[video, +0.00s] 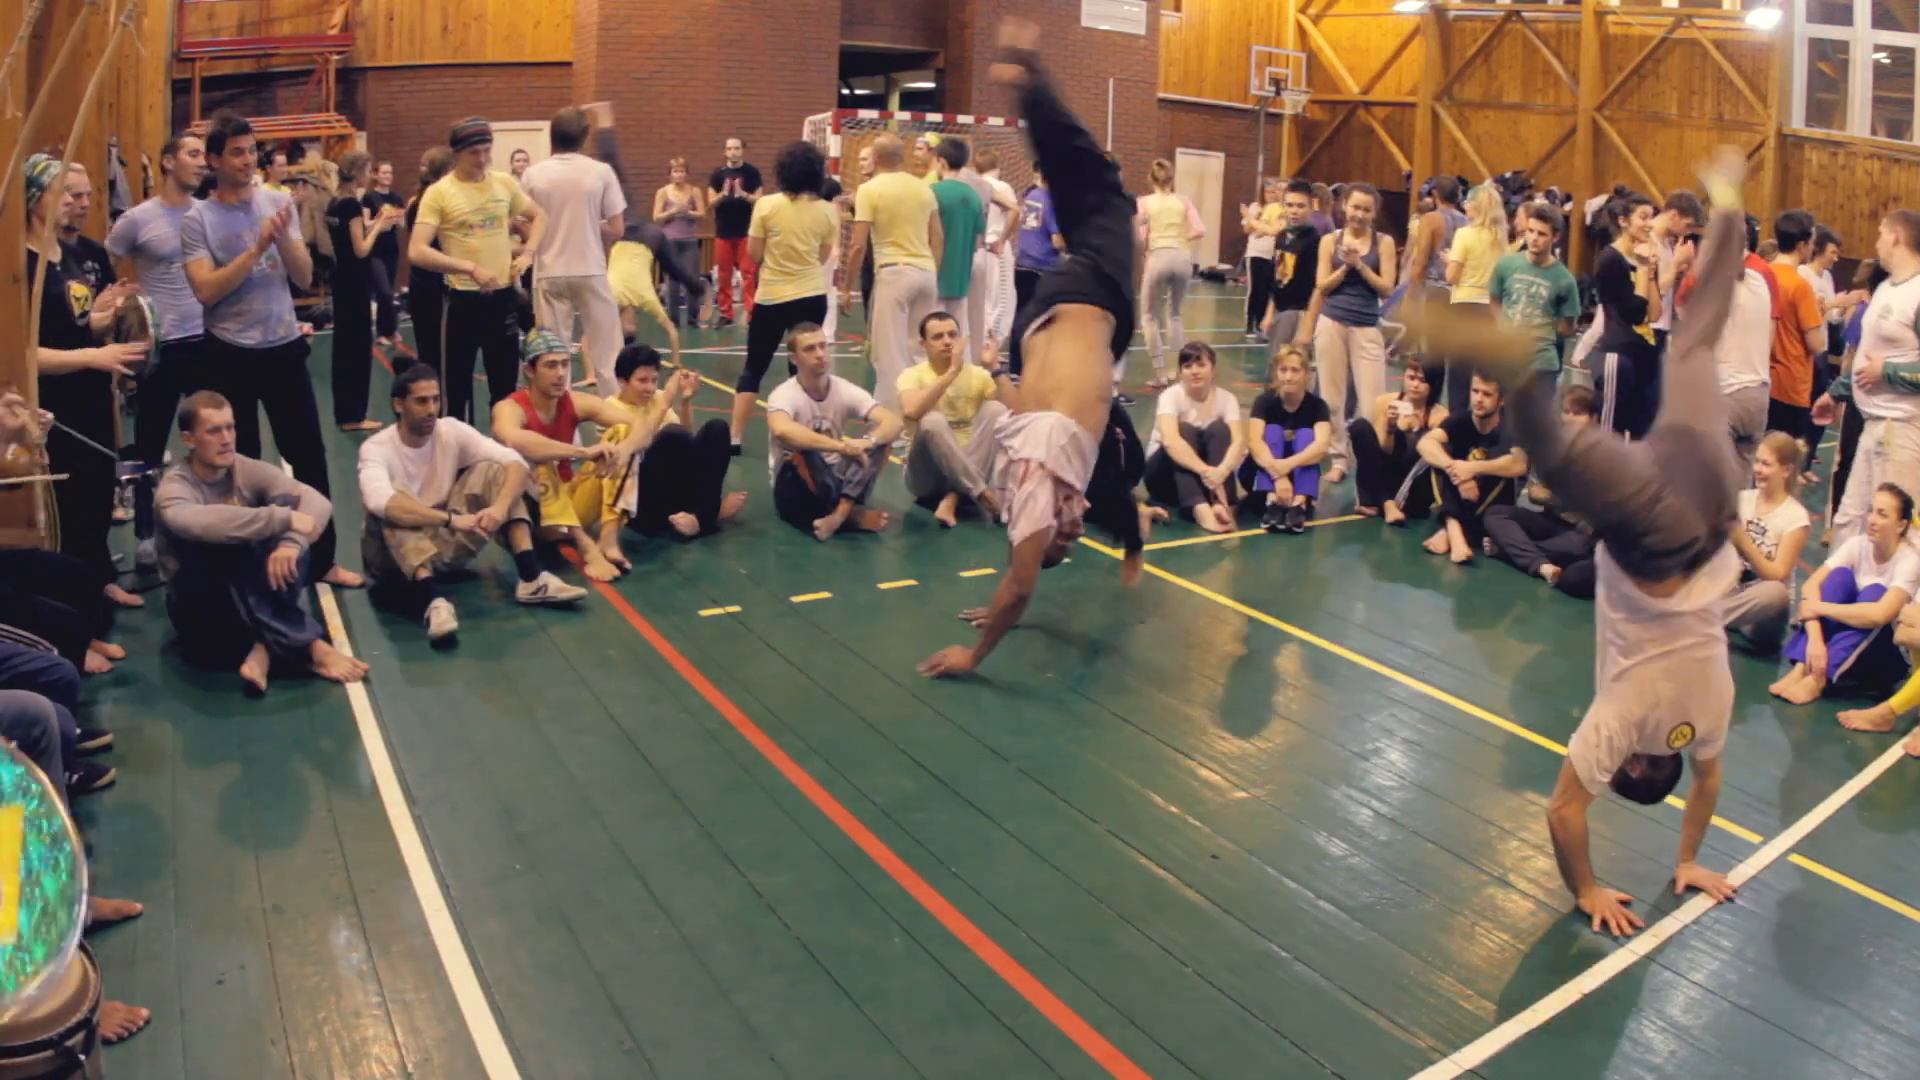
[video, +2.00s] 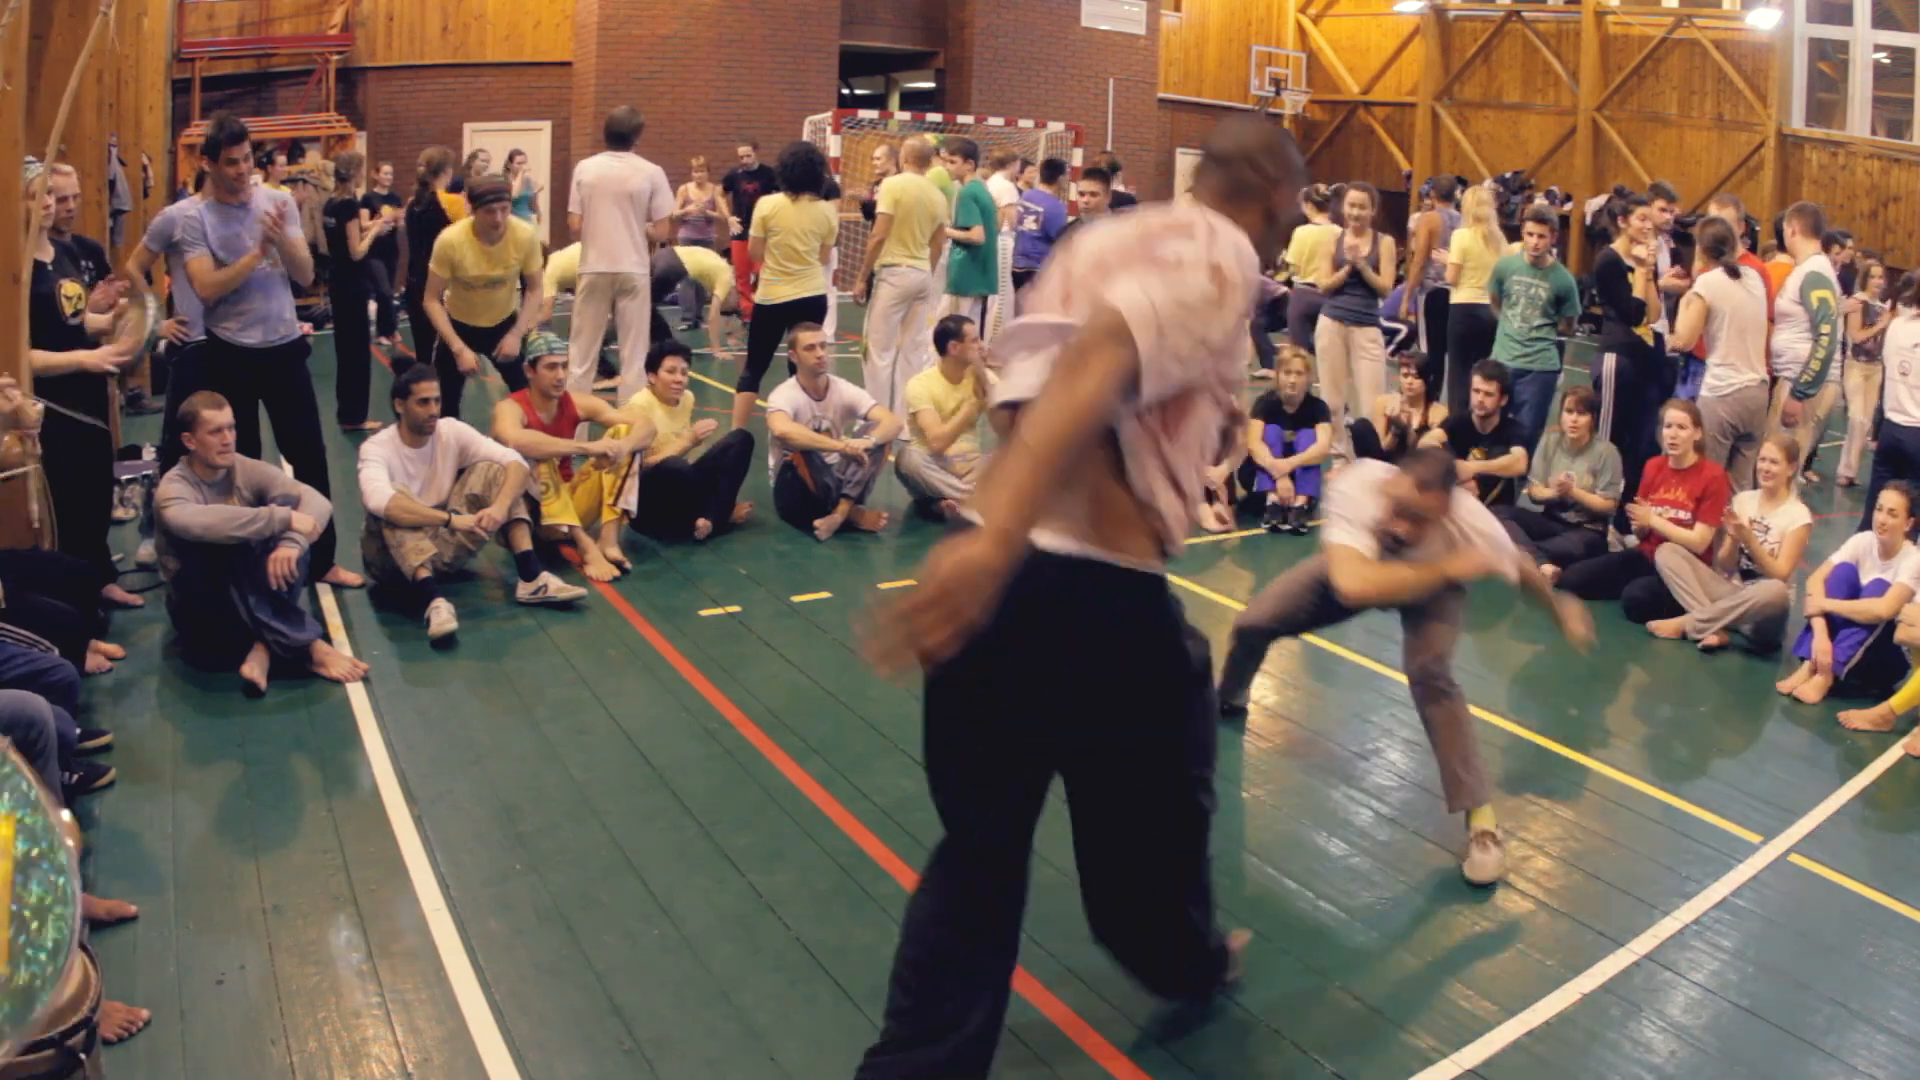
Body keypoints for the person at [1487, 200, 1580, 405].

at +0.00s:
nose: (1534, 239)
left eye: (1542, 234)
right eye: (1531, 231)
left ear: (1555, 238)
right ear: (1525, 231)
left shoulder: (1564, 280)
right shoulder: (1505, 265)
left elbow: (1566, 326)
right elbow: (1494, 303)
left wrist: (1534, 331)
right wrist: (1508, 332)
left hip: (1541, 358)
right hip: (1505, 353)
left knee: (1540, 428)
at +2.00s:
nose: (1534, 242)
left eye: (1541, 236)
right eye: (1530, 234)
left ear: (1553, 239)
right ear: (1522, 234)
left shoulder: (1563, 280)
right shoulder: (1504, 266)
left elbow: (1568, 325)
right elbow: (1495, 303)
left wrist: (1540, 333)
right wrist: (1514, 326)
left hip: (1539, 361)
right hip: (1503, 355)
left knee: (1526, 432)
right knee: (1490, 425)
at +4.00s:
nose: (1532, 241)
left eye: (1539, 236)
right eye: (1528, 234)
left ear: (1552, 238)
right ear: (1521, 234)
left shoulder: (1563, 278)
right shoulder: (1503, 266)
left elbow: (1566, 326)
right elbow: (1494, 306)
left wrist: (1540, 335)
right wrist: (1518, 327)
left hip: (1540, 360)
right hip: (1504, 355)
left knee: (1526, 431)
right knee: (1495, 425)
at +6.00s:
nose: (1531, 241)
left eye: (1538, 236)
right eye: (1527, 234)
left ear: (1551, 239)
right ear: (1521, 235)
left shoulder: (1562, 278)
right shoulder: (1503, 266)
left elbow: (1568, 325)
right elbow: (1495, 306)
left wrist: (1539, 329)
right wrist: (1515, 326)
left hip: (1540, 362)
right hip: (1503, 356)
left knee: (1526, 434)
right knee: (1491, 426)